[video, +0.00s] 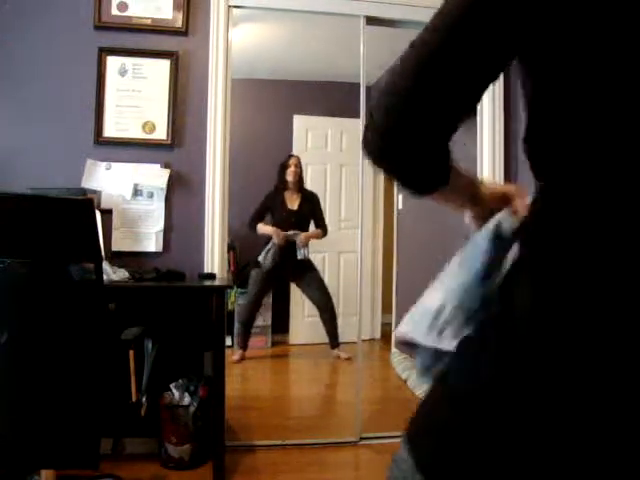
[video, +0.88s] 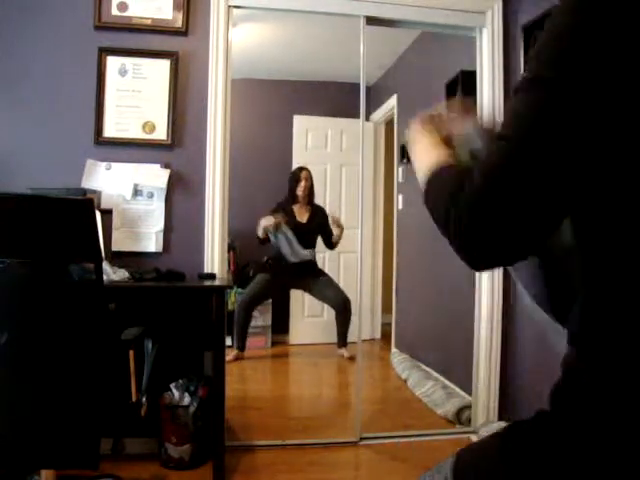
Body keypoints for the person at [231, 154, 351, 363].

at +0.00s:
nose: (294, 170)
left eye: (297, 166)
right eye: (290, 166)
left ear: (301, 171)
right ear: (283, 171)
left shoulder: (310, 198)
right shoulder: (274, 196)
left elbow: (322, 230)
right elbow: (254, 224)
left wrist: (308, 236)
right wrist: (273, 231)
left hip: (298, 258)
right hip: (273, 257)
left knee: (324, 299)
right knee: (251, 300)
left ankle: (335, 347)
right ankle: (240, 348)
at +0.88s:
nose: (304, 184)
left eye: (307, 181)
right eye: (300, 181)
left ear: (311, 185)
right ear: (293, 184)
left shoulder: (318, 213)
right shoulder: (282, 210)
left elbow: (330, 244)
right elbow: (263, 240)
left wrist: (338, 231)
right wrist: (263, 227)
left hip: (307, 271)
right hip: (279, 271)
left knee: (342, 302)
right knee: (245, 301)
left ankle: (342, 347)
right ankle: (239, 350)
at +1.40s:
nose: (297, 188)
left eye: (301, 184)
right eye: (293, 184)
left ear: (305, 188)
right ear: (287, 188)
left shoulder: (314, 216)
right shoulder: (276, 216)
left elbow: (320, 250)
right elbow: (266, 248)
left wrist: (331, 234)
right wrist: (257, 229)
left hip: (307, 277)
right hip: (276, 276)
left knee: (345, 304)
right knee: (241, 304)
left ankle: (343, 347)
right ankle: (237, 350)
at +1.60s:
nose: (299, 187)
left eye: (302, 183)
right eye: (295, 183)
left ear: (307, 187)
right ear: (288, 186)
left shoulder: (314, 214)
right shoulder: (280, 210)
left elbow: (325, 245)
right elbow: (263, 236)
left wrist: (309, 230)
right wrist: (283, 220)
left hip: (307, 274)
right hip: (277, 274)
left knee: (345, 303)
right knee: (242, 304)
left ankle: (343, 348)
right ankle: (238, 350)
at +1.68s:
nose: (299, 185)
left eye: (303, 181)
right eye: (296, 181)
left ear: (307, 186)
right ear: (289, 184)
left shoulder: (315, 212)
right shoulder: (281, 209)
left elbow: (330, 241)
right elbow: (264, 227)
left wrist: (318, 231)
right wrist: (285, 213)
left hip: (307, 271)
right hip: (279, 271)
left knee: (344, 303)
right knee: (243, 304)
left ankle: (344, 347)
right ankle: (238, 350)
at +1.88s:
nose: (299, 185)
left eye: (303, 181)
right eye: (296, 181)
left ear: (307, 185)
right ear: (288, 184)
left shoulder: (315, 212)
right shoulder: (279, 210)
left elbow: (336, 237)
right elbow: (264, 225)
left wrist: (330, 230)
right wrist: (290, 222)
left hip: (309, 272)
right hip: (279, 272)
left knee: (345, 303)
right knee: (243, 303)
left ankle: (344, 347)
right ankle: (235, 350)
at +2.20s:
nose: (301, 185)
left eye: (304, 181)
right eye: (297, 181)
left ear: (309, 185)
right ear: (290, 184)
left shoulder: (316, 211)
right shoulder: (280, 209)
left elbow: (338, 233)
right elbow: (284, 220)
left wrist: (352, 229)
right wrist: (307, 219)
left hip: (308, 272)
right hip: (279, 271)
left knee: (343, 302)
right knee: (243, 304)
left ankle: (344, 347)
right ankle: (236, 350)